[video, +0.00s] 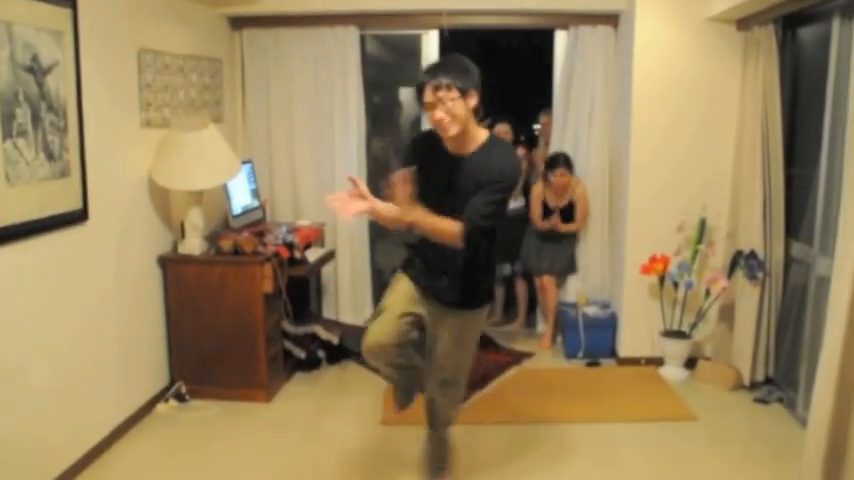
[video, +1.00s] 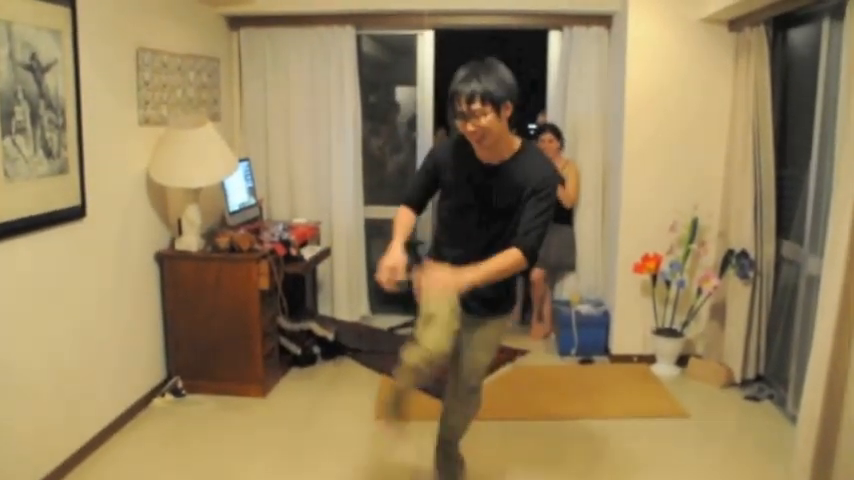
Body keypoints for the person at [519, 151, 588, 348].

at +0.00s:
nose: (559, 180)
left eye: (563, 175)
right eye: (554, 175)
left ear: (571, 175)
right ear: (547, 176)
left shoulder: (578, 190)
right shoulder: (538, 189)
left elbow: (580, 223)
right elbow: (536, 221)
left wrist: (561, 227)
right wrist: (549, 224)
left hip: (564, 235)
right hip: (539, 235)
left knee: (548, 279)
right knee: (539, 281)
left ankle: (550, 329)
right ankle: (550, 325)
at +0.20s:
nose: (554, 154)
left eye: (559, 149)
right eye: (550, 150)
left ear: (568, 152)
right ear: (545, 153)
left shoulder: (576, 173)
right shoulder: (539, 173)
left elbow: (578, 209)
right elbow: (533, 203)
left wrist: (563, 194)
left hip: (564, 229)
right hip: (542, 227)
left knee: (548, 278)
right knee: (544, 279)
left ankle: (549, 329)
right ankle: (550, 327)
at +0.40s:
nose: (550, 147)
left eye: (555, 142)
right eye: (547, 143)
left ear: (565, 146)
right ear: (543, 146)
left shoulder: (574, 168)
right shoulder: (537, 169)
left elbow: (577, 203)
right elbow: (530, 201)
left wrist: (567, 181)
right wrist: (527, 182)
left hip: (566, 227)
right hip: (543, 225)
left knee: (545, 274)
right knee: (551, 279)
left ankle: (545, 326)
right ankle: (554, 323)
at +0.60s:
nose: (547, 146)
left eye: (552, 142)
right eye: (544, 142)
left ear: (562, 146)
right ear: (539, 146)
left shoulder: (571, 167)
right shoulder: (536, 168)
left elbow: (572, 203)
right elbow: (529, 195)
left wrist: (546, 192)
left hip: (564, 229)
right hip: (539, 228)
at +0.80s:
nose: (547, 146)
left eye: (551, 141)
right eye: (543, 142)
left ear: (561, 144)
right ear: (538, 146)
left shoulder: (569, 166)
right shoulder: (535, 169)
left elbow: (568, 197)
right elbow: (530, 199)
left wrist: (559, 172)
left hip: (563, 228)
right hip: (539, 227)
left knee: (551, 280)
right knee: (540, 280)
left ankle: (550, 326)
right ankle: (547, 327)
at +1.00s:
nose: (545, 146)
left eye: (550, 141)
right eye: (542, 141)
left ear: (559, 144)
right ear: (537, 145)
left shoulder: (568, 166)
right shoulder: (538, 167)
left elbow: (568, 200)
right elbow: (532, 197)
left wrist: (553, 177)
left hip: (559, 225)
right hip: (539, 223)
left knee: (538, 273)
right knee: (543, 279)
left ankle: (535, 319)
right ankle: (547, 323)